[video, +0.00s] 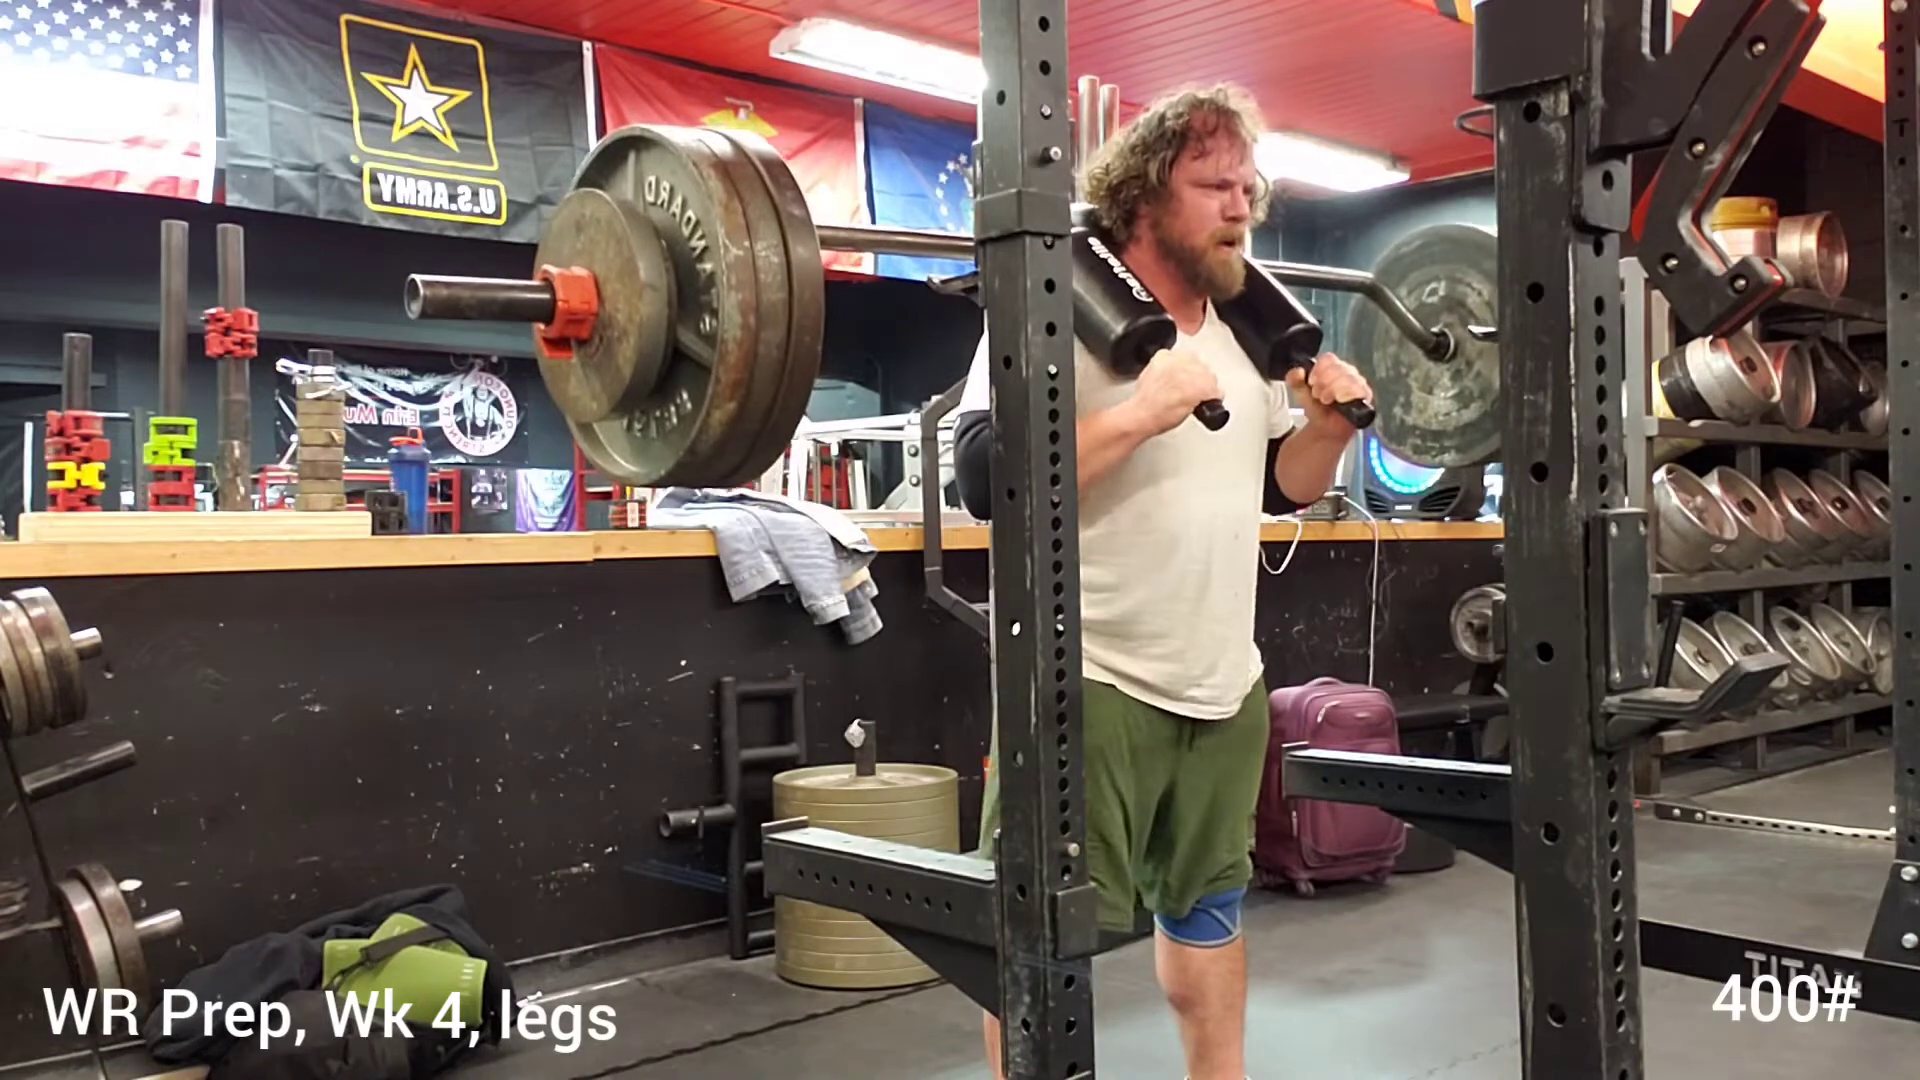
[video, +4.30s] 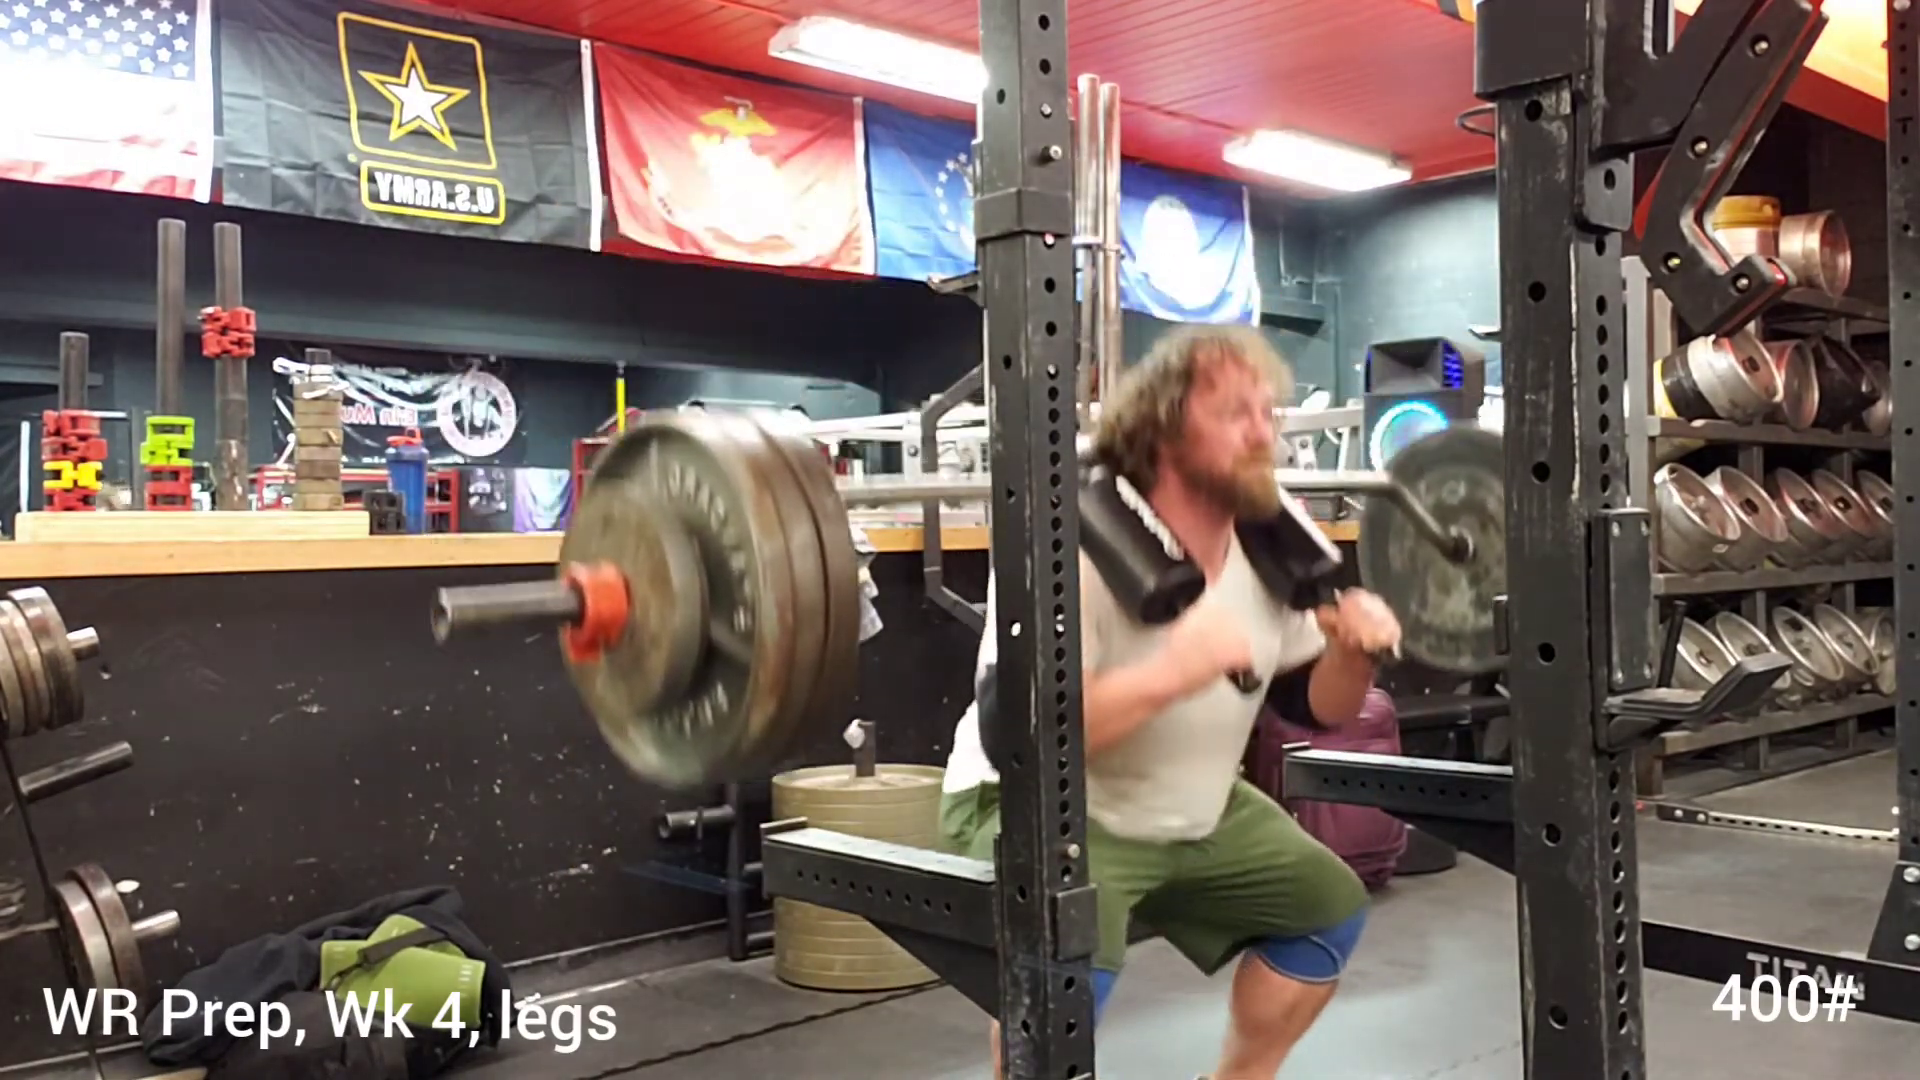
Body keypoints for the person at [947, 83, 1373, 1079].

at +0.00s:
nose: (1243, 204)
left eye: (1248, 184)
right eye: (1217, 183)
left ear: (1251, 195)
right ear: (1147, 194)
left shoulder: (1246, 328)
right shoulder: (1052, 302)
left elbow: (1284, 485)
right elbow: (983, 477)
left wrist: (1331, 424)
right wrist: (1135, 415)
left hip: (1223, 684)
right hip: (1089, 681)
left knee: (1207, 925)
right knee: (1042, 939)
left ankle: (1219, 1073)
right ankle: (1024, 1072)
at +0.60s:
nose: (1238, 311)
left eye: (1247, 290)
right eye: (1213, 289)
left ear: (1255, 296)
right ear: (1147, 299)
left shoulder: (1249, 405)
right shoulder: (1060, 404)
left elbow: (1306, 583)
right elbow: (1019, 596)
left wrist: (1334, 516)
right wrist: (1149, 520)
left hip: (1199, 730)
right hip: (1066, 738)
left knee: (1299, 900)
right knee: (1066, 960)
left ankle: (1235, 1075)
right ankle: (1022, 1073)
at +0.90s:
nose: (1245, 440)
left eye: (1253, 420)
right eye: (1220, 421)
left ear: (1263, 425)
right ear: (1150, 432)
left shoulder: (1261, 527)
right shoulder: (1058, 534)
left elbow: (1324, 702)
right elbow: (1018, 730)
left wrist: (1349, 641)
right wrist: (1156, 667)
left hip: (1186, 803)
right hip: (1046, 812)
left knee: (1322, 910)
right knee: (1089, 965)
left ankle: (1239, 1072)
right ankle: (1049, 1070)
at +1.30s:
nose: (1264, 590)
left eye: (1270, 571)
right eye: (1240, 572)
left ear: (1281, 572)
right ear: (1168, 575)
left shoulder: (1269, 670)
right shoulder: (1076, 682)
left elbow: (1344, 836)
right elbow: (1033, 865)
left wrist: (1361, 784)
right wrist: (1175, 823)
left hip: (1219, 913)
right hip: (1096, 927)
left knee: (1352, 924)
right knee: (1080, 980)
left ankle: (1242, 1075)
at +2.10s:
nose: (1264, 446)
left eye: (1270, 427)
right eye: (1238, 426)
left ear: (1280, 434)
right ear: (1168, 435)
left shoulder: (1268, 537)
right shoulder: (1074, 537)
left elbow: (1323, 706)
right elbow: (1027, 728)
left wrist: (1352, 648)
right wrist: (1168, 673)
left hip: (1182, 789)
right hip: (1039, 802)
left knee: (1315, 904)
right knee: (1067, 955)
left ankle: (1239, 1073)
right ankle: (1010, 1068)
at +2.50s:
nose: (1241, 315)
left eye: (1247, 296)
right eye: (1215, 296)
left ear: (1257, 311)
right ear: (1150, 315)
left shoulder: (1255, 424)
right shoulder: (1065, 419)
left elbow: (1311, 598)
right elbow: (1008, 599)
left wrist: (1336, 532)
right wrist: (1155, 540)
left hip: (1199, 733)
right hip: (1065, 738)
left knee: (1298, 903)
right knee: (1051, 963)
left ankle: (1235, 1074)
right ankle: (1011, 1072)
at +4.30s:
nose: (1261, 434)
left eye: (1267, 413)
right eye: (1234, 414)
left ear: (1278, 421)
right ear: (1165, 431)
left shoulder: (1271, 533)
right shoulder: (1073, 538)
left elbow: (1328, 710)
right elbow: (1033, 730)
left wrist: (1353, 651)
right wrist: (1170, 672)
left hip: (1195, 804)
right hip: (1054, 811)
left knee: (1326, 908)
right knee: (1076, 965)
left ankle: (1241, 1073)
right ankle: (1018, 1068)